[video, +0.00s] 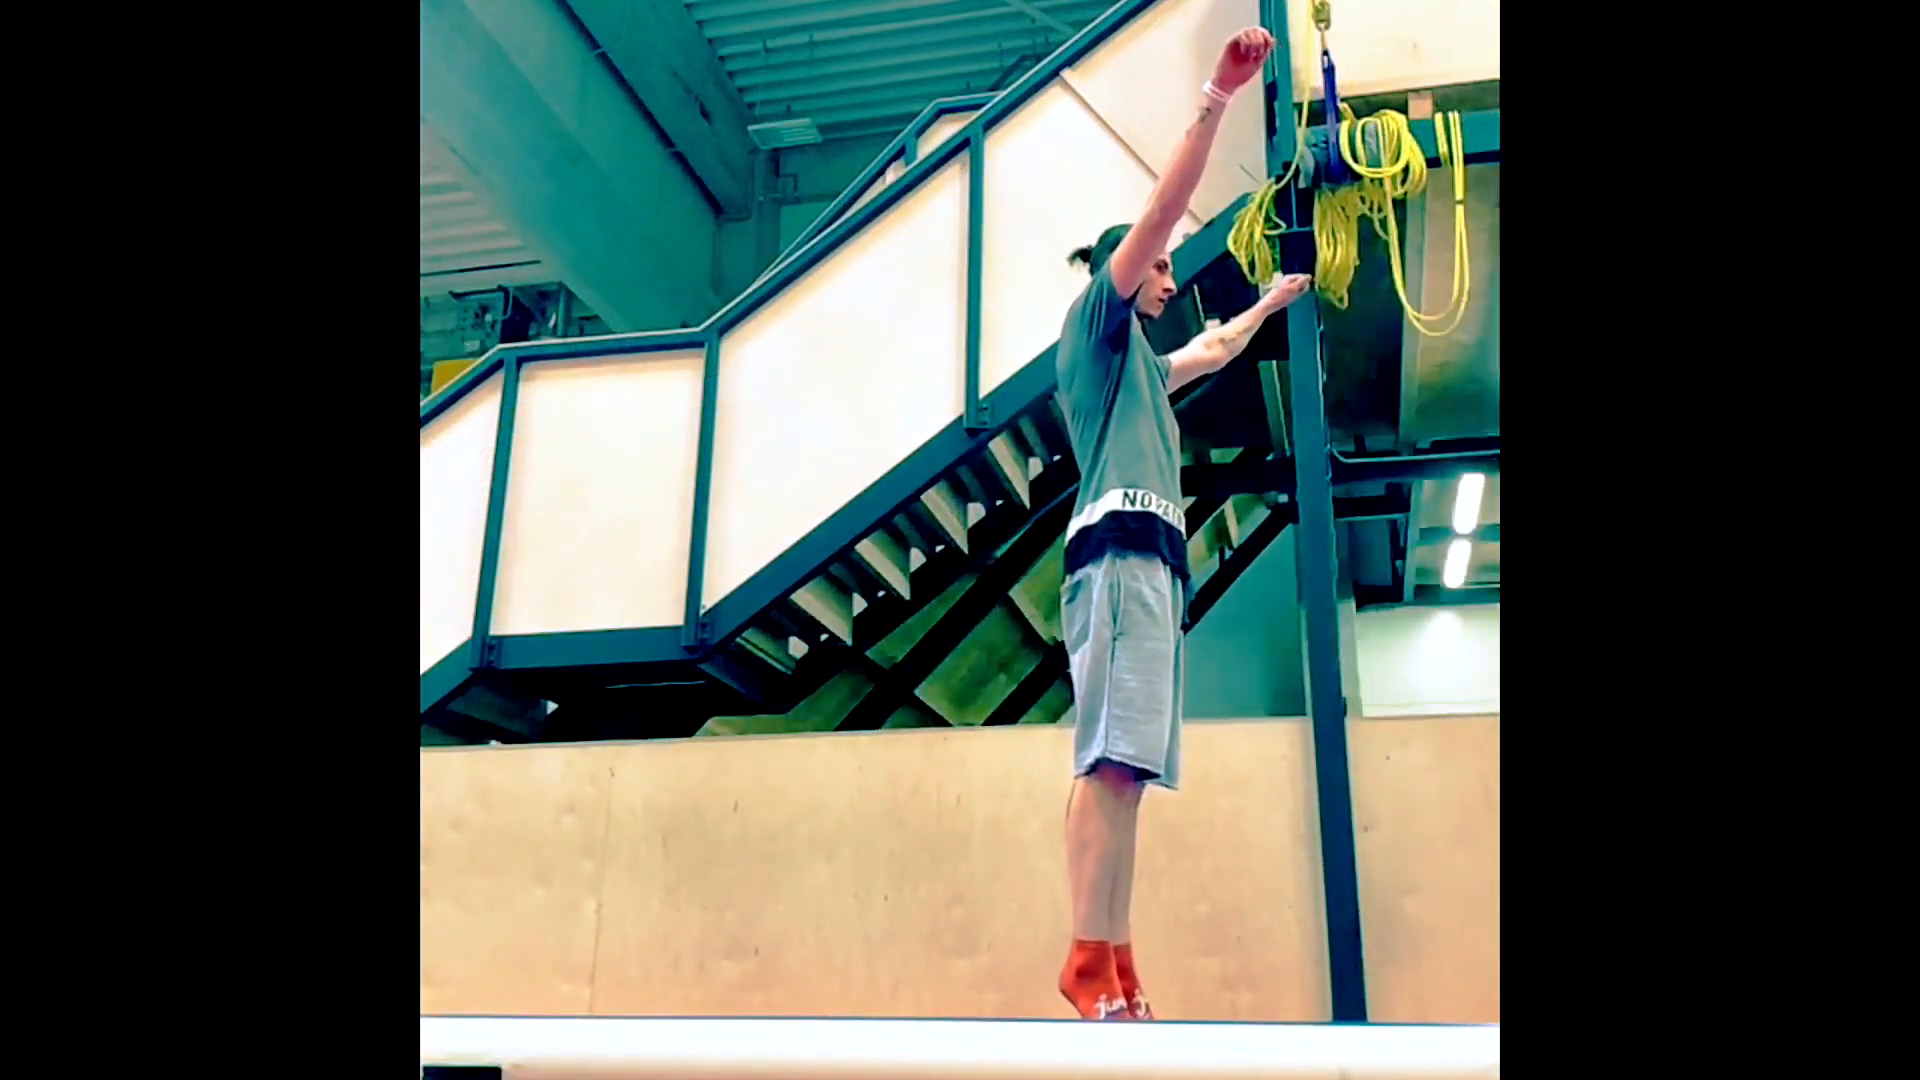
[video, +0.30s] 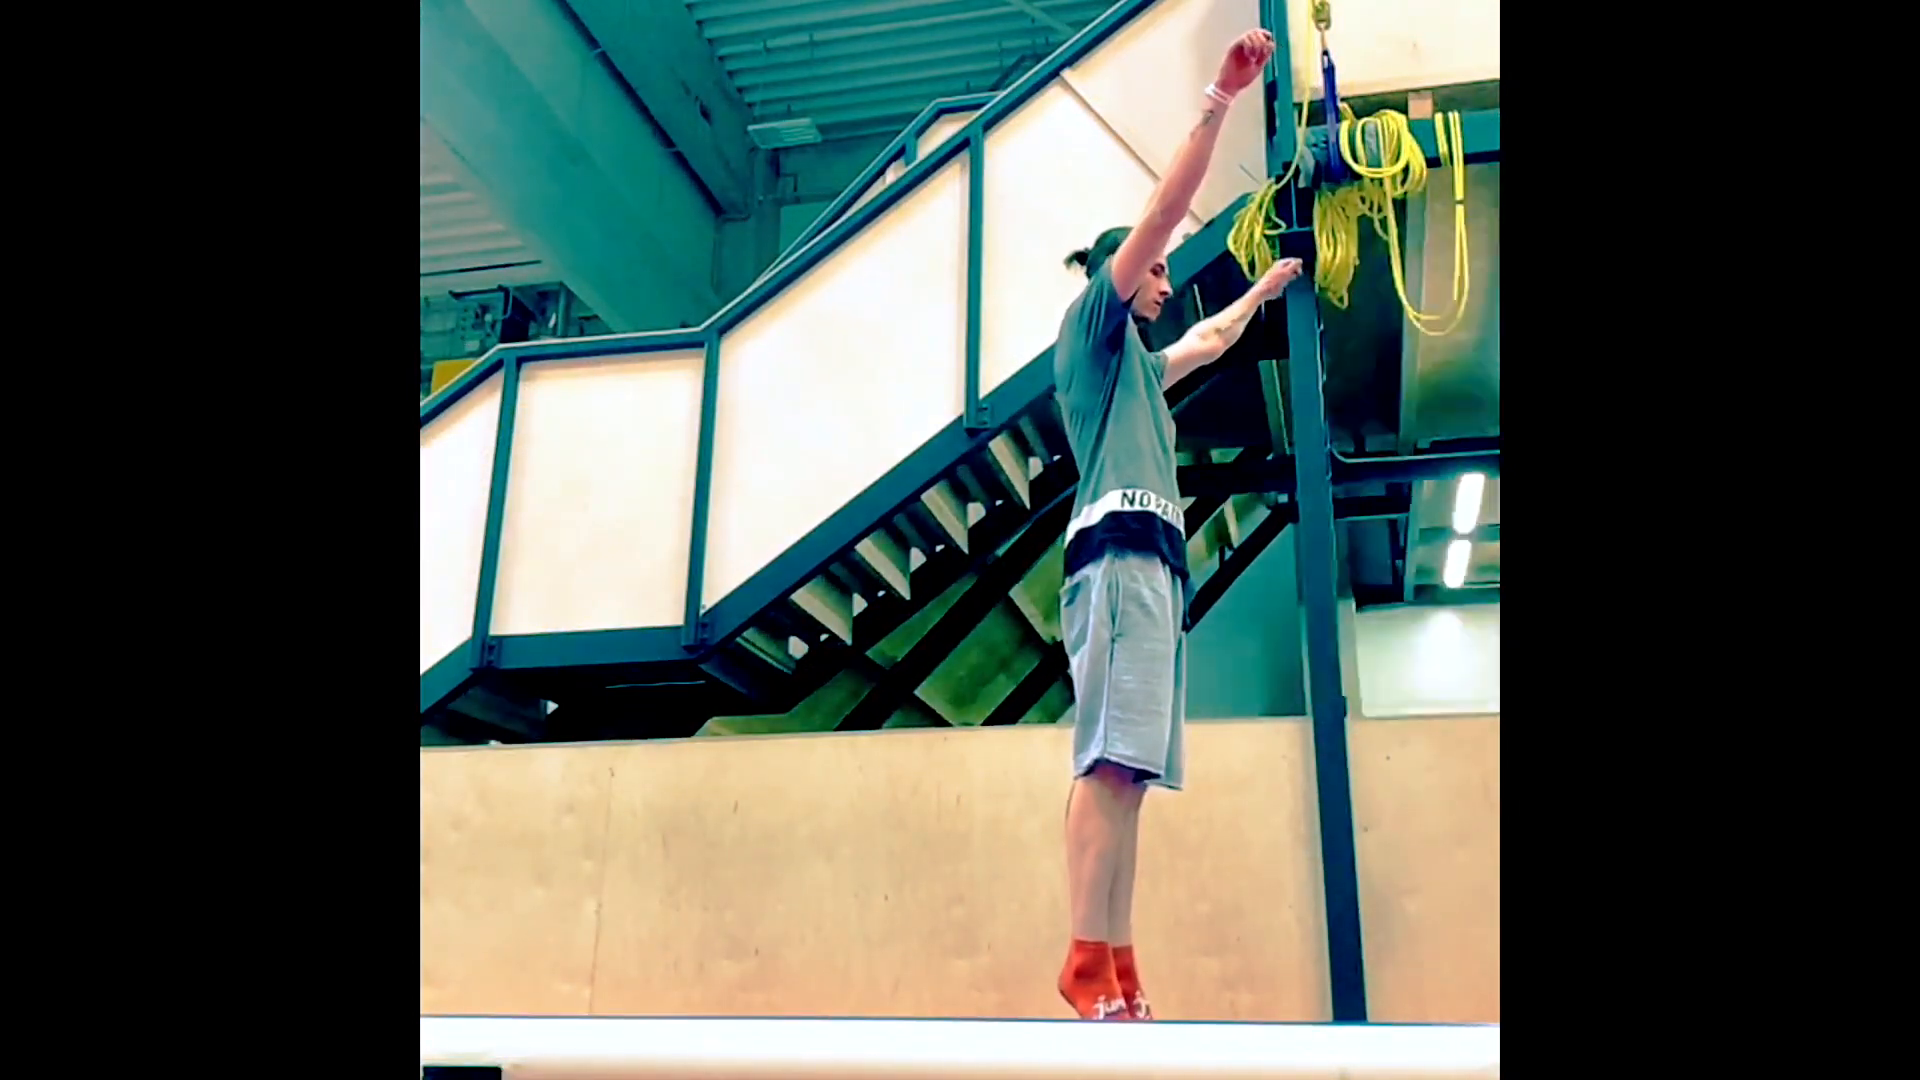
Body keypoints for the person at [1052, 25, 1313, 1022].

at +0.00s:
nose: (1164, 278)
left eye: (1166, 268)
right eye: (1153, 262)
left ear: (1148, 286)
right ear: (1118, 266)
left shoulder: (1137, 361)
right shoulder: (1097, 319)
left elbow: (1213, 345)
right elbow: (1165, 209)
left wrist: (1273, 299)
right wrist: (1215, 99)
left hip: (1149, 559)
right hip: (1120, 552)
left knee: (1127, 766)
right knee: (1112, 762)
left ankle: (1115, 964)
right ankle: (1086, 962)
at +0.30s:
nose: (1161, 282)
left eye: (1163, 273)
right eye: (1151, 267)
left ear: (1146, 290)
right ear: (1116, 269)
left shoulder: (1137, 361)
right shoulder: (1093, 319)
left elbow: (1212, 335)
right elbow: (1168, 207)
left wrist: (1270, 284)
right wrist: (1219, 100)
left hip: (1153, 561)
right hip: (1117, 555)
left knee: (1132, 767)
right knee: (1110, 761)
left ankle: (1116, 964)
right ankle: (1085, 962)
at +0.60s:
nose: (1154, 273)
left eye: (1152, 261)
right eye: (1141, 259)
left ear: (1127, 280)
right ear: (1104, 264)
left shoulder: (1126, 358)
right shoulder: (1082, 318)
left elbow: (1213, 325)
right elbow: (1189, 232)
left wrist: (1279, 262)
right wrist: (1268, 134)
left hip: (1140, 561)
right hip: (1110, 552)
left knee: (1129, 764)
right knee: (1110, 759)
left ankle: (1119, 966)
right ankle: (1087, 959)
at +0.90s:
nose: (1188, 292)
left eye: (1192, 282)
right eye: (1177, 275)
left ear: (1162, 286)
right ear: (1134, 272)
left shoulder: (1140, 374)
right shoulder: (1096, 330)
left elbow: (1159, 495)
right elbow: (1130, 445)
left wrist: (1219, 566)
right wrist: (1214, 525)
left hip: (1120, 570)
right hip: (1077, 556)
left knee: (1137, 768)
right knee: (1109, 754)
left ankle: (1123, 957)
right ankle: (1090, 955)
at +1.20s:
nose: (1251, 535)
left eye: (1252, 522)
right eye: (1239, 517)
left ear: (1202, 520)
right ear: (1194, 513)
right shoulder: (1112, 531)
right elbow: (1009, 462)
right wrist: (924, 397)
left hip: (1028, 736)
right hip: (999, 731)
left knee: (1186, 834)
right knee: (1170, 831)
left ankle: (1090, 1003)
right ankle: (1077, 1005)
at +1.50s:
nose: (1055, 403)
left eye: (1052, 396)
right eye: (1039, 395)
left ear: (1036, 419)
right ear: (1005, 415)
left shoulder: (1054, 497)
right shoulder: (1007, 463)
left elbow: (1163, 472)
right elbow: (1134, 426)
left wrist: (1226, 383)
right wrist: (1217, 352)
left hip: (1042, 707)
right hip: (1001, 707)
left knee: (1189, 834)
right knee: (1152, 824)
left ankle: (1100, 1005)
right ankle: (1076, 1005)